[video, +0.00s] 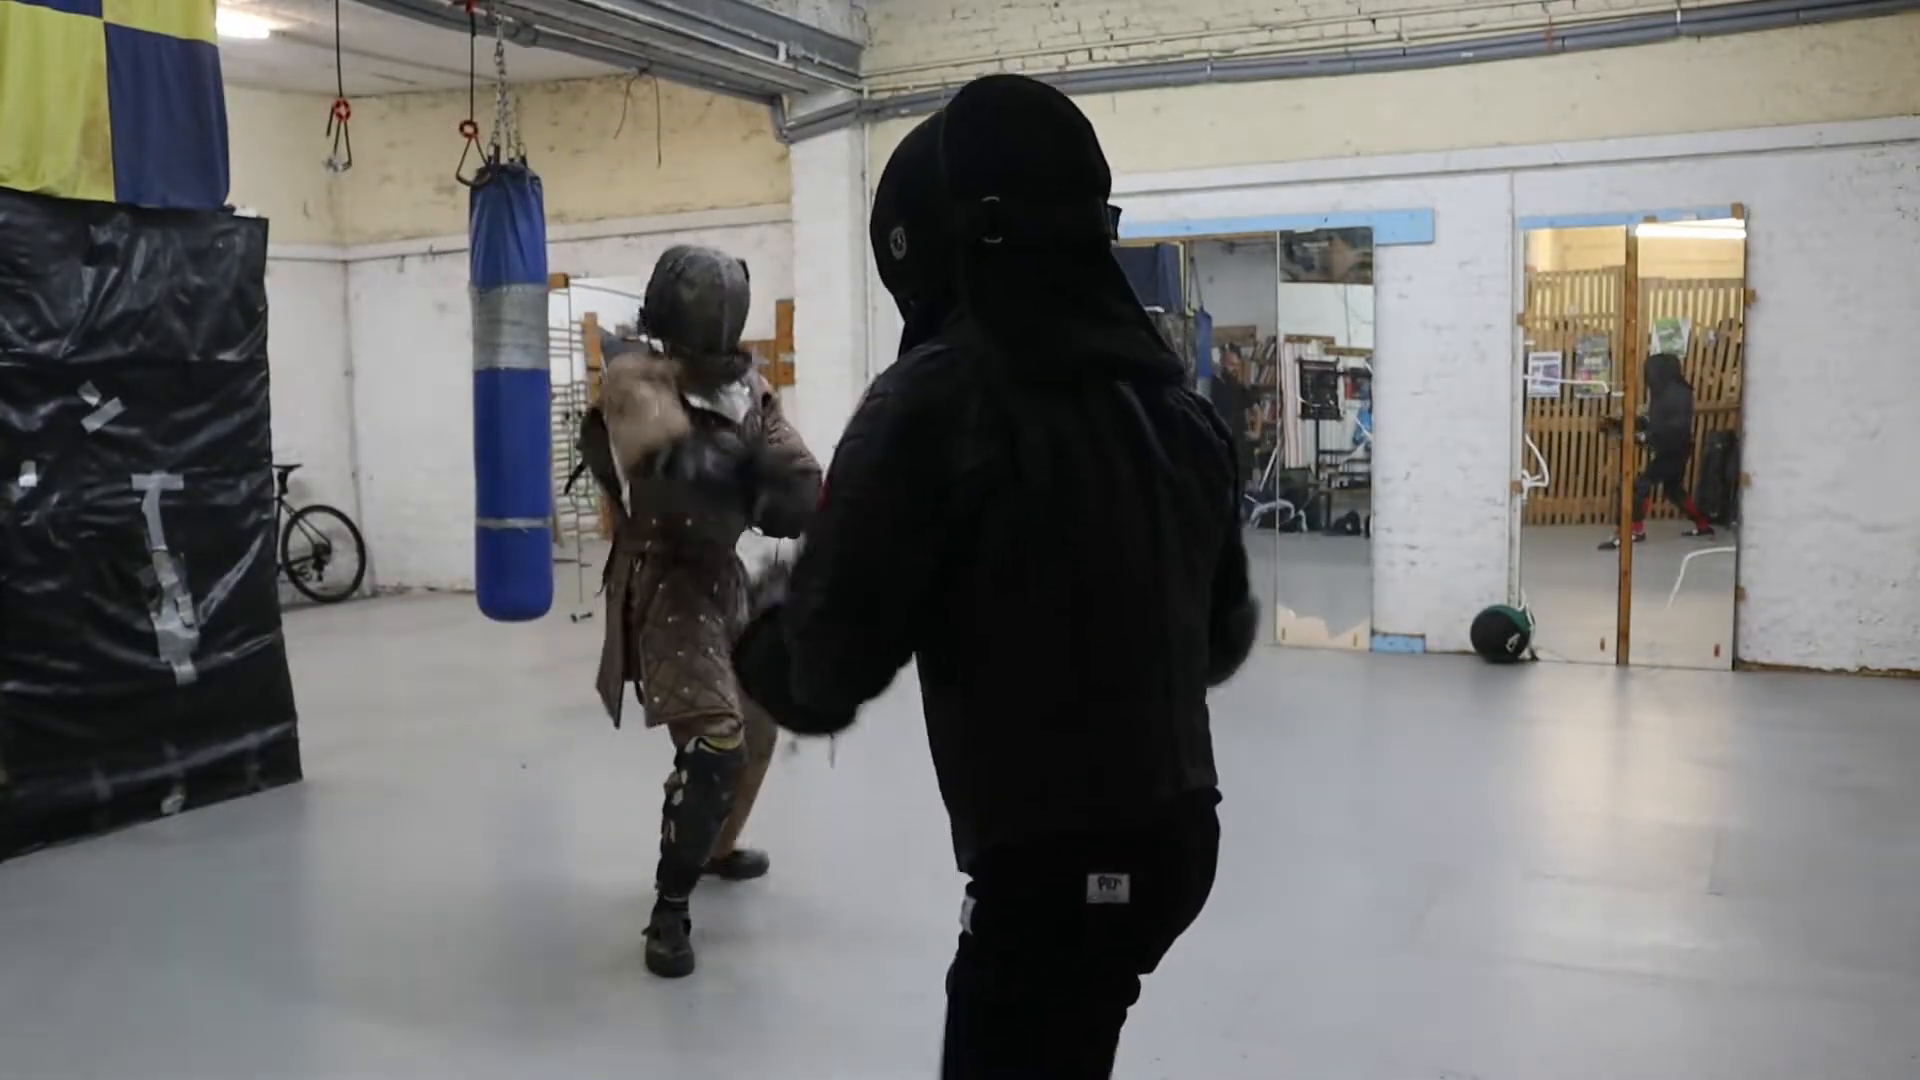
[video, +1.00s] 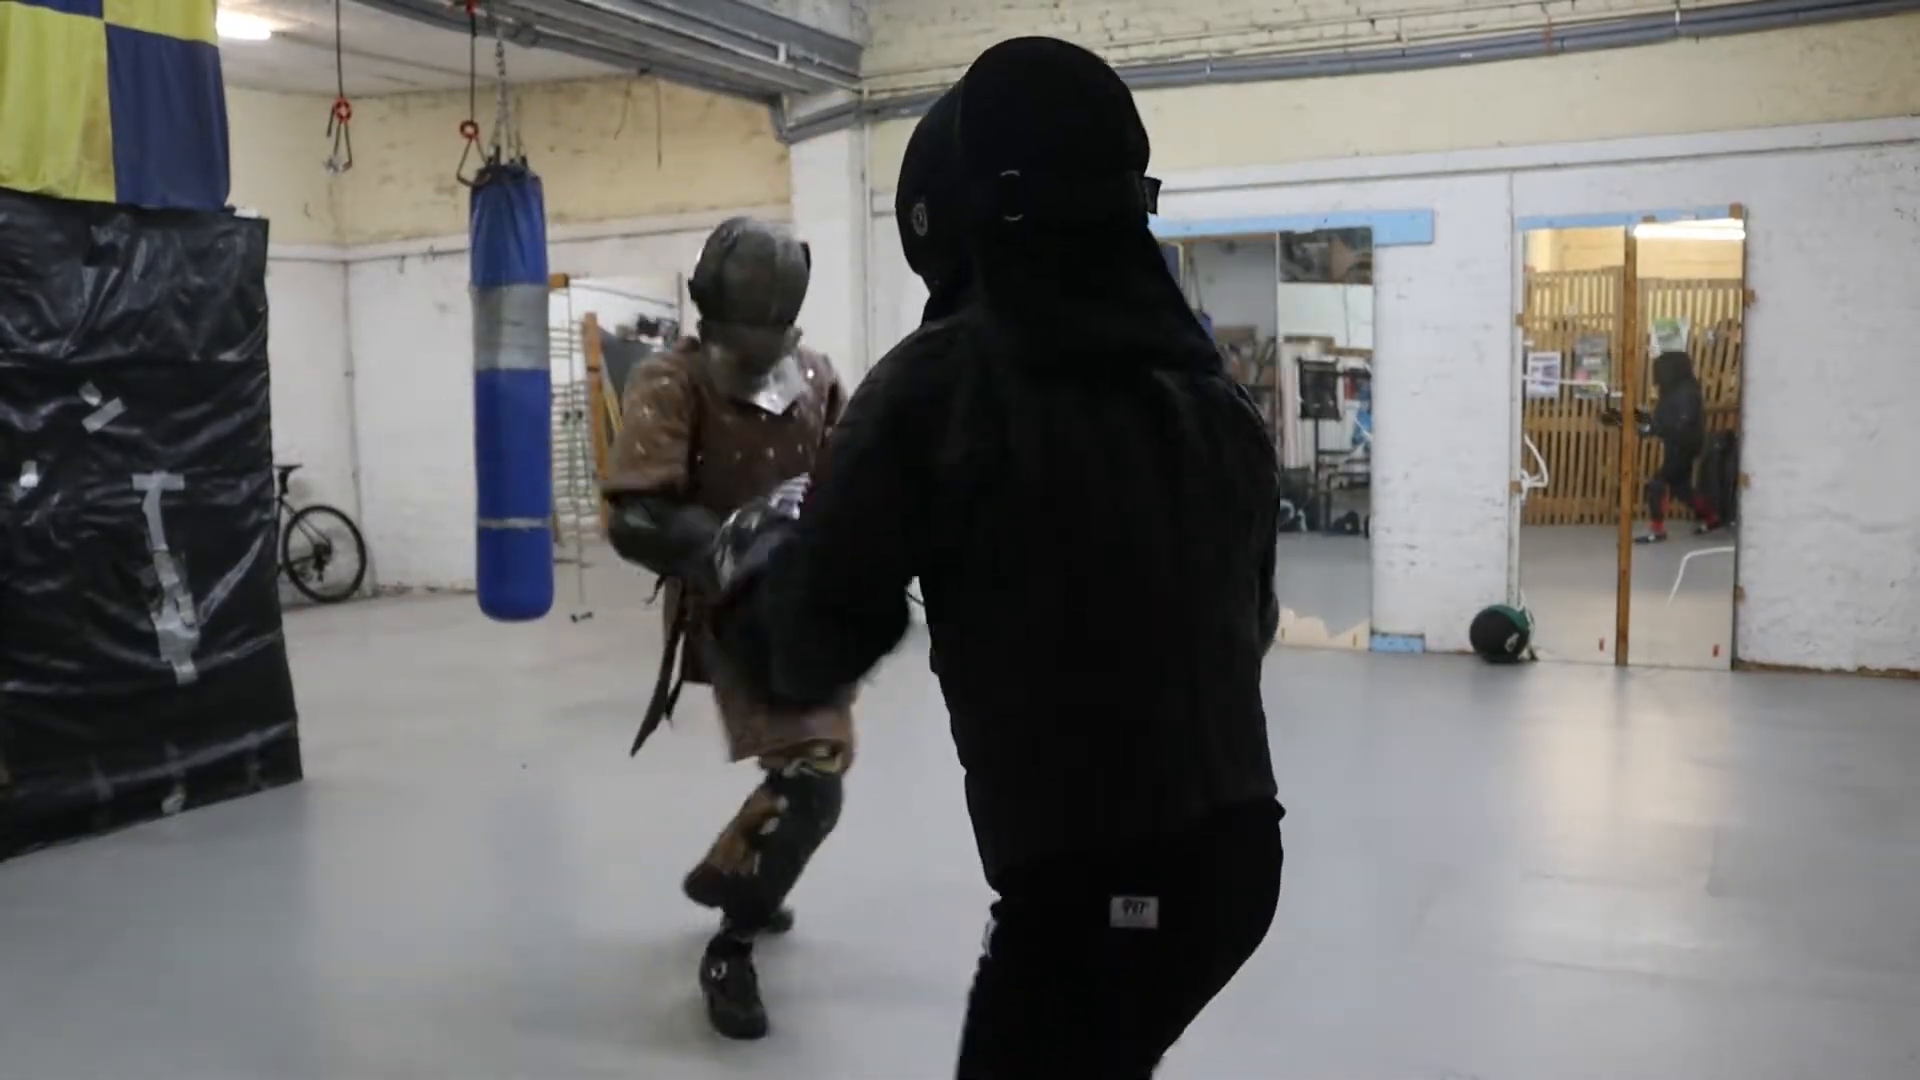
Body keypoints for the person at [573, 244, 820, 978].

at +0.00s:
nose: (716, 353)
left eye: (728, 336)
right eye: (701, 336)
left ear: (741, 325)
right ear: (668, 327)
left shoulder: (746, 388)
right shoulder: (634, 379)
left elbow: (804, 478)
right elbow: (665, 470)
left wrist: (768, 488)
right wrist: (745, 473)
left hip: (730, 578)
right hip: (664, 583)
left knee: (756, 726)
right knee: (717, 741)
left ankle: (715, 847)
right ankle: (670, 908)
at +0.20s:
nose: (749, 332)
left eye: (746, 317)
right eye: (737, 322)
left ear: (706, 338)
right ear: (690, 336)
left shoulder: (741, 397)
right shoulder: (651, 394)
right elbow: (652, 308)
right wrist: (704, 218)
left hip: (727, 590)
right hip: (681, 588)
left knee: (741, 750)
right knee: (763, 782)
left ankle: (670, 870)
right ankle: (691, 957)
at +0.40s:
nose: (759, 367)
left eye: (758, 353)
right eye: (751, 353)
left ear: (690, 353)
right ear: (722, 354)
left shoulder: (692, 421)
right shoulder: (679, 440)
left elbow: (609, 519)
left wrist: (639, 589)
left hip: (724, 619)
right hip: (691, 632)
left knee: (801, 750)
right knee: (778, 805)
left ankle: (702, 853)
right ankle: (682, 972)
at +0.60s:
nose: (772, 333)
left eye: (771, 320)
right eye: (763, 320)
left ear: (700, 312)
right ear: (734, 319)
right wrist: (854, 653)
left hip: (746, 608)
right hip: (701, 616)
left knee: (821, 752)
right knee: (778, 789)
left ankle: (765, 883)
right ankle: (681, 969)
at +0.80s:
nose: (782, 374)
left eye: (785, 356)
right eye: (767, 356)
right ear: (725, 357)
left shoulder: (761, 443)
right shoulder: (701, 456)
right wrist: (826, 664)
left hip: (776, 642)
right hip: (707, 652)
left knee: (817, 766)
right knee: (773, 781)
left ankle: (770, 879)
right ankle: (724, 960)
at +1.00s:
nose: (765, 344)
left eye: (778, 326)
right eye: (748, 327)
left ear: (796, 315)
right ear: (710, 312)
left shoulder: (817, 381)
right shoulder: (670, 382)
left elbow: (848, 480)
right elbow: (634, 515)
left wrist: (836, 537)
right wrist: (725, 544)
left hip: (807, 596)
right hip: (727, 609)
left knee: (813, 767)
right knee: (813, 782)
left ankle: (734, 876)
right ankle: (732, 951)